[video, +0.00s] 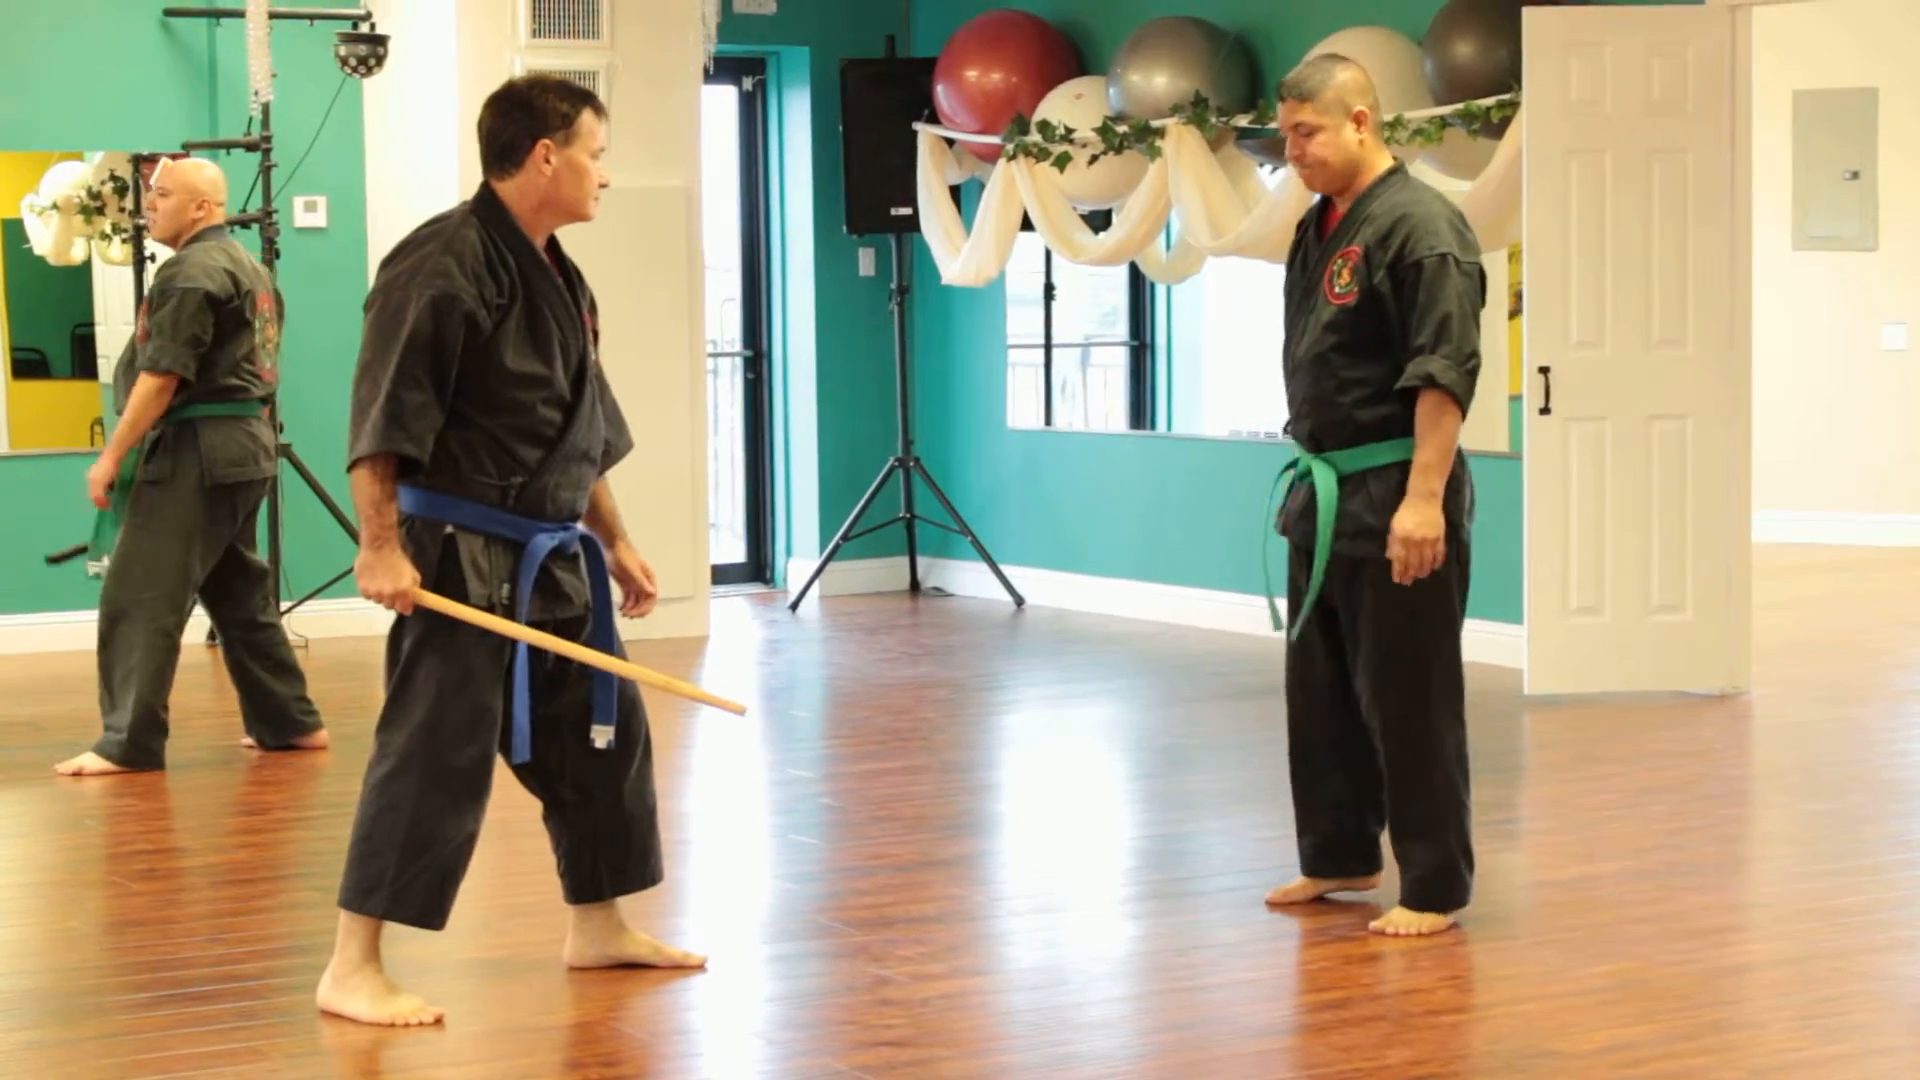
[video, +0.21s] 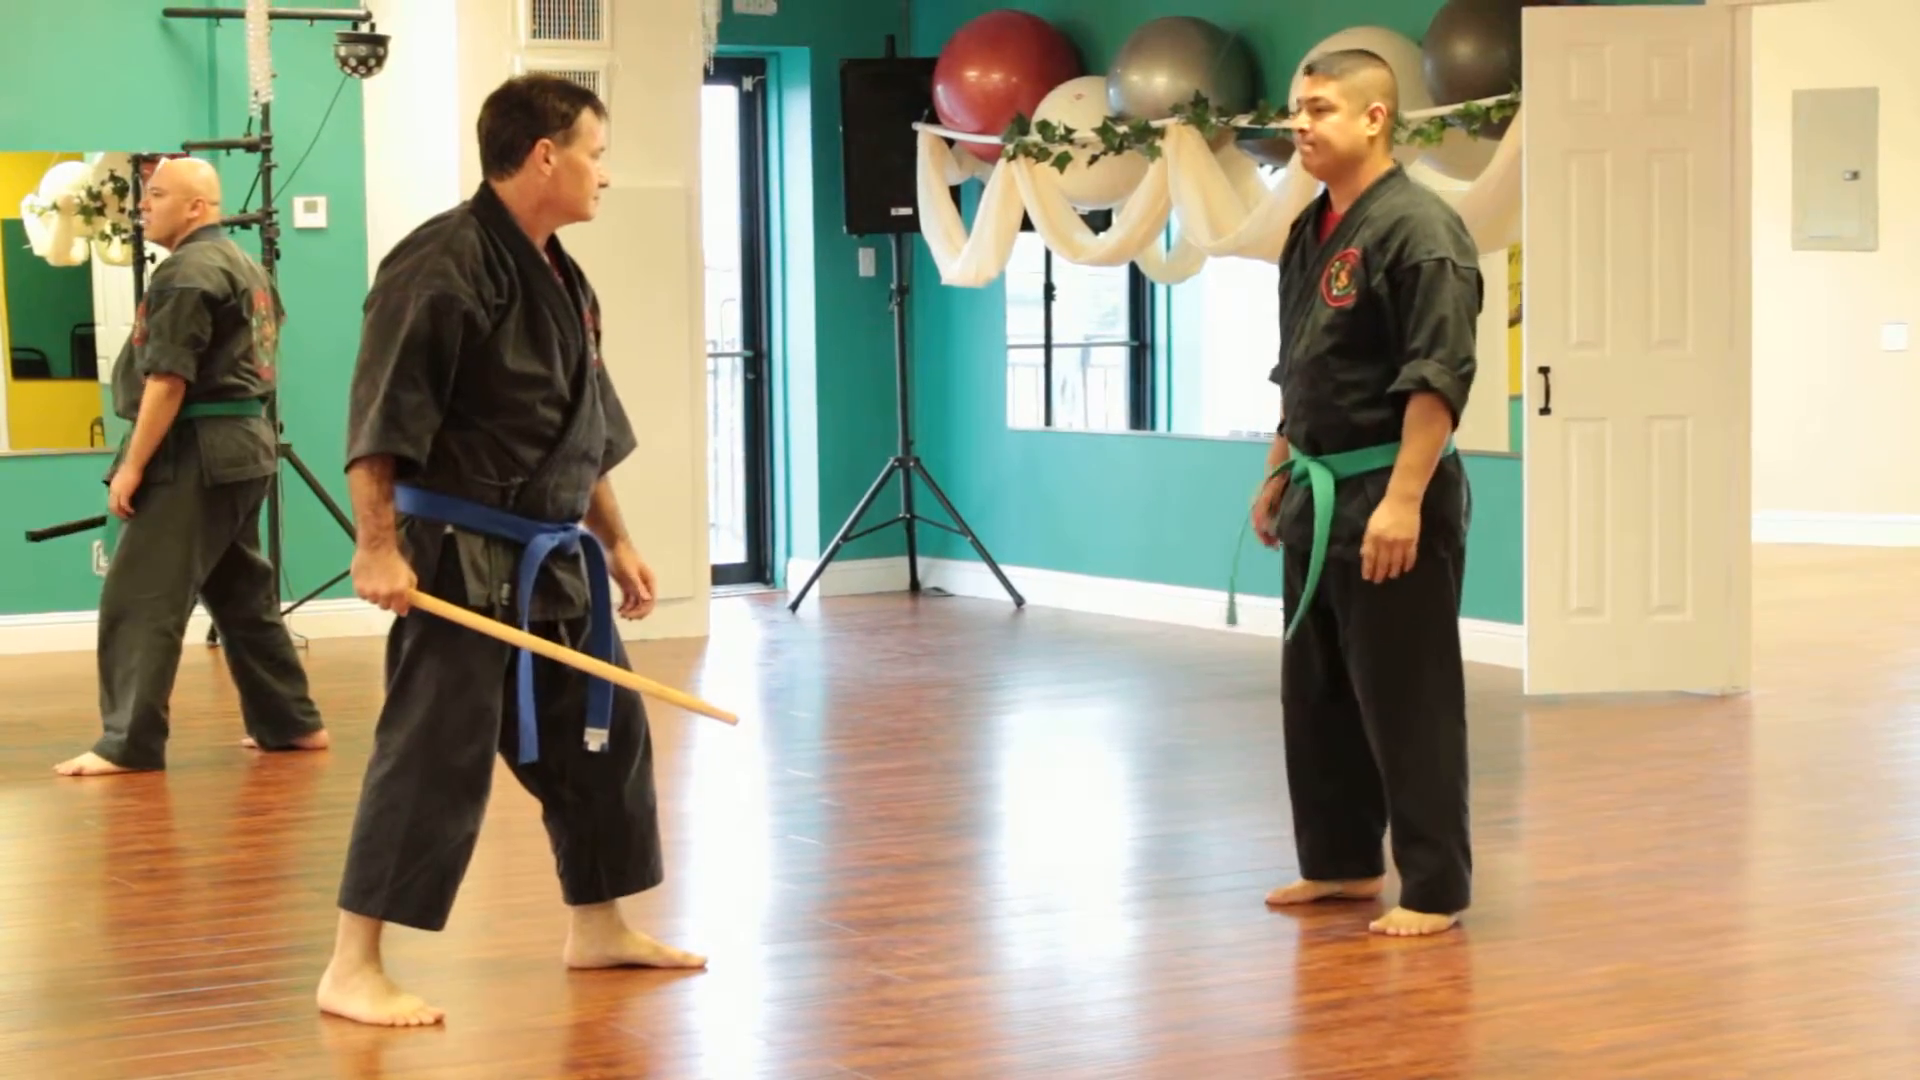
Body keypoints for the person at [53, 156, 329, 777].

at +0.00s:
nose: (148, 205)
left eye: (161, 195)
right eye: (151, 193)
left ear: (202, 208)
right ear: (208, 210)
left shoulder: (191, 272)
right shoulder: (240, 262)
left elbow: (159, 381)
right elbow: (245, 365)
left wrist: (111, 455)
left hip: (196, 447)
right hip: (242, 442)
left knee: (141, 593)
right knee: (237, 591)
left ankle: (130, 744)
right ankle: (289, 722)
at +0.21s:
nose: (142, 206)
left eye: (155, 195)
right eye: (144, 195)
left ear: (198, 207)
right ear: (202, 209)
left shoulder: (188, 271)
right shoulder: (237, 261)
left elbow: (167, 382)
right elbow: (246, 364)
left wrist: (132, 465)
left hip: (198, 447)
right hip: (242, 442)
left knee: (142, 594)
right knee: (241, 592)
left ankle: (130, 744)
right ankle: (290, 722)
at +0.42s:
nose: (138, 206)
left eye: (150, 195)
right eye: (141, 195)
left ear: (194, 206)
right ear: (198, 208)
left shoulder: (184, 271)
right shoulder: (236, 261)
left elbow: (159, 380)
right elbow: (248, 365)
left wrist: (121, 461)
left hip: (196, 447)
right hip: (242, 442)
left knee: (143, 596)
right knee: (243, 592)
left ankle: (130, 744)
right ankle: (291, 723)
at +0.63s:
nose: (122, 211)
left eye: (134, 201)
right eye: (125, 200)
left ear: (174, 211)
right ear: (185, 212)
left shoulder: (157, 272)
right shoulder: (229, 267)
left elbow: (100, 359)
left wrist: (39, 418)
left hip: (182, 451)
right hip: (240, 444)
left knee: (118, 589)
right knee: (232, 586)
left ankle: (126, 742)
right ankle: (290, 722)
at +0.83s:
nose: (68, 220)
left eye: (81, 210)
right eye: (72, 208)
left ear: (117, 221)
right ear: (136, 221)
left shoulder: (92, 269)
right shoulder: (172, 267)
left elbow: (12, 304)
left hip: (132, 459)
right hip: (186, 449)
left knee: (63, 595)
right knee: (205, 585)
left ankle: (99, 745)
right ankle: (285, 712)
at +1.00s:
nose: (6, 209)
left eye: (17, 199)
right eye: (10, 198)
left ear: (49, 208)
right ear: (63, 210)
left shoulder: (42, 259)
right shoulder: (95, 252)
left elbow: (16, 285)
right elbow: (121, 230)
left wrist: (11, 286)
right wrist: (138, 175)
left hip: (53, 453)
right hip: (75, 447)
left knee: (36, 608)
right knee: (41, 596)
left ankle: (99, 745)